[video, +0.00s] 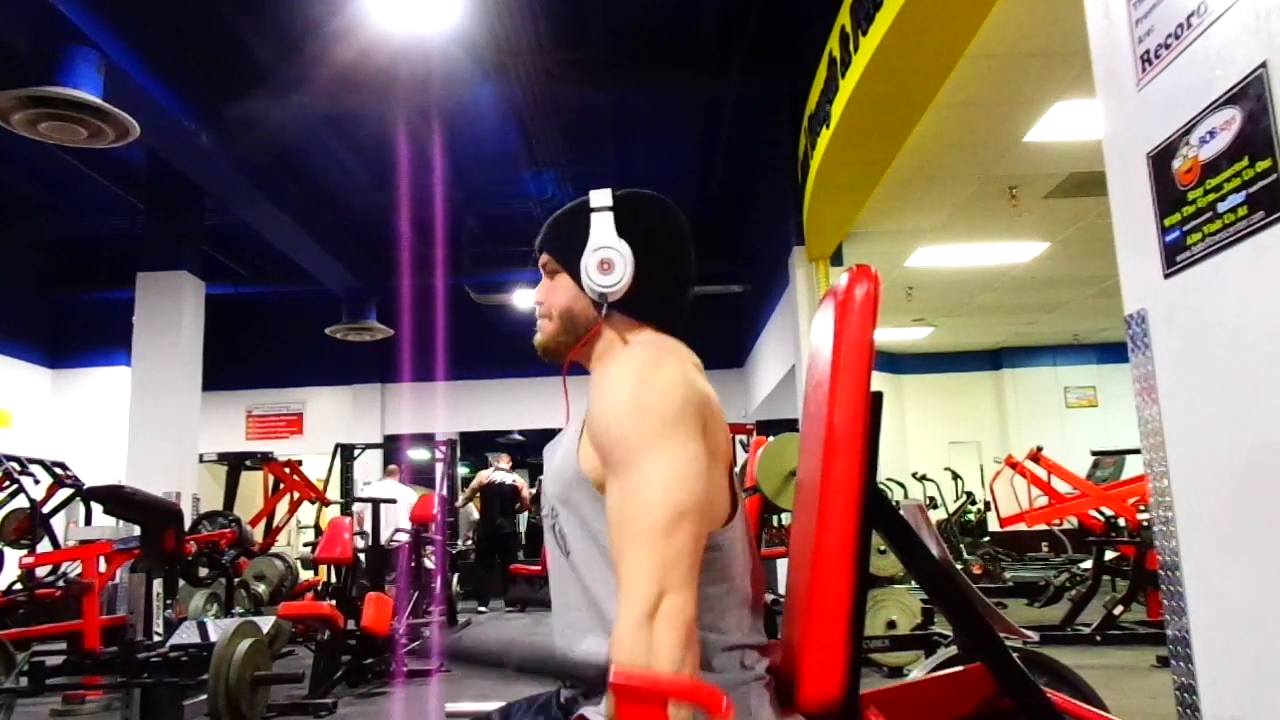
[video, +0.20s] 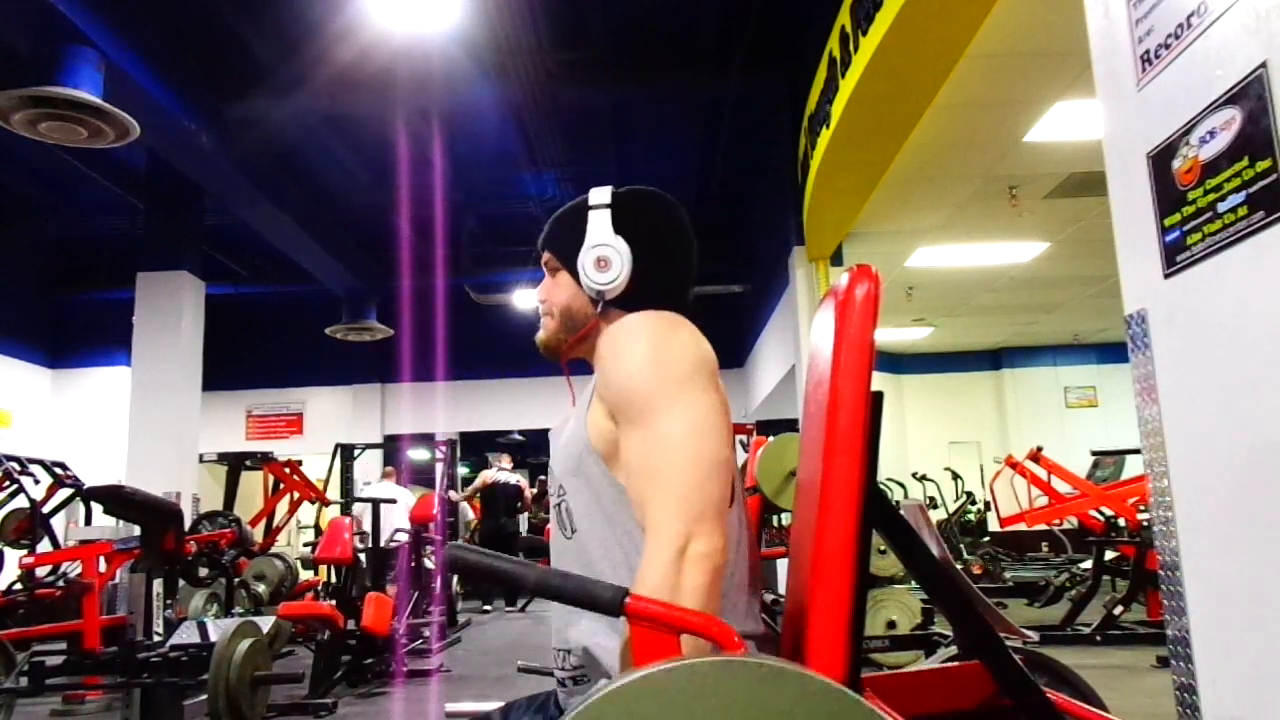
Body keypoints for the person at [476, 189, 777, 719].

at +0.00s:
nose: (536, 296)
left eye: (550, 274)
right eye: (540, 275)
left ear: (606, 272)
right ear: (603, 273)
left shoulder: (646, 377)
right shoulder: (631, 375)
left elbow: (662, 612)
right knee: (498, 712)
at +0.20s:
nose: (538, 293)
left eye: (552, 271)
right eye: (543, 273)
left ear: (606, 269)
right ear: (600, 269)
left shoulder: (648, 340)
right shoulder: (618, 374)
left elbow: (691, 547)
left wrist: (654, 704)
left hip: (629, 698)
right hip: (595, 691)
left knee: (500, 712)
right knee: (497, 712)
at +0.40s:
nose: (532, 299)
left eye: (543, 278)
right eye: (536, 279)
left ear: (596, 276)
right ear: (594, 277)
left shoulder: (655, 371)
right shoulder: (625, 382)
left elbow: (671, 603)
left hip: (643, 701)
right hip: (605, 696)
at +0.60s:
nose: (524, 298)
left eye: (539, 276)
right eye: (529, 278)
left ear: (592, 276)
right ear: (587, 277)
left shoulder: (645, 403)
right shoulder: (623, 396)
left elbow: (656, 649)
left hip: (626, 705)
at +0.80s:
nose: (534, 297)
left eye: (547, 274)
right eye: (538, 277)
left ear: (601, 272)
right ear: (599, 273)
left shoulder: (641, 370)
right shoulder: (626, 371)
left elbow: (675, 596)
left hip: (642, 699)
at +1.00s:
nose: (533, 295)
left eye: (547, 271)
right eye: (537, 274)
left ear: (601, 268)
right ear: (596, 269)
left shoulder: (641, 346)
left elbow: (699, 548)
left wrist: (656, 707)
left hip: (626, 700)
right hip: (594, 692)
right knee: (490, 713)